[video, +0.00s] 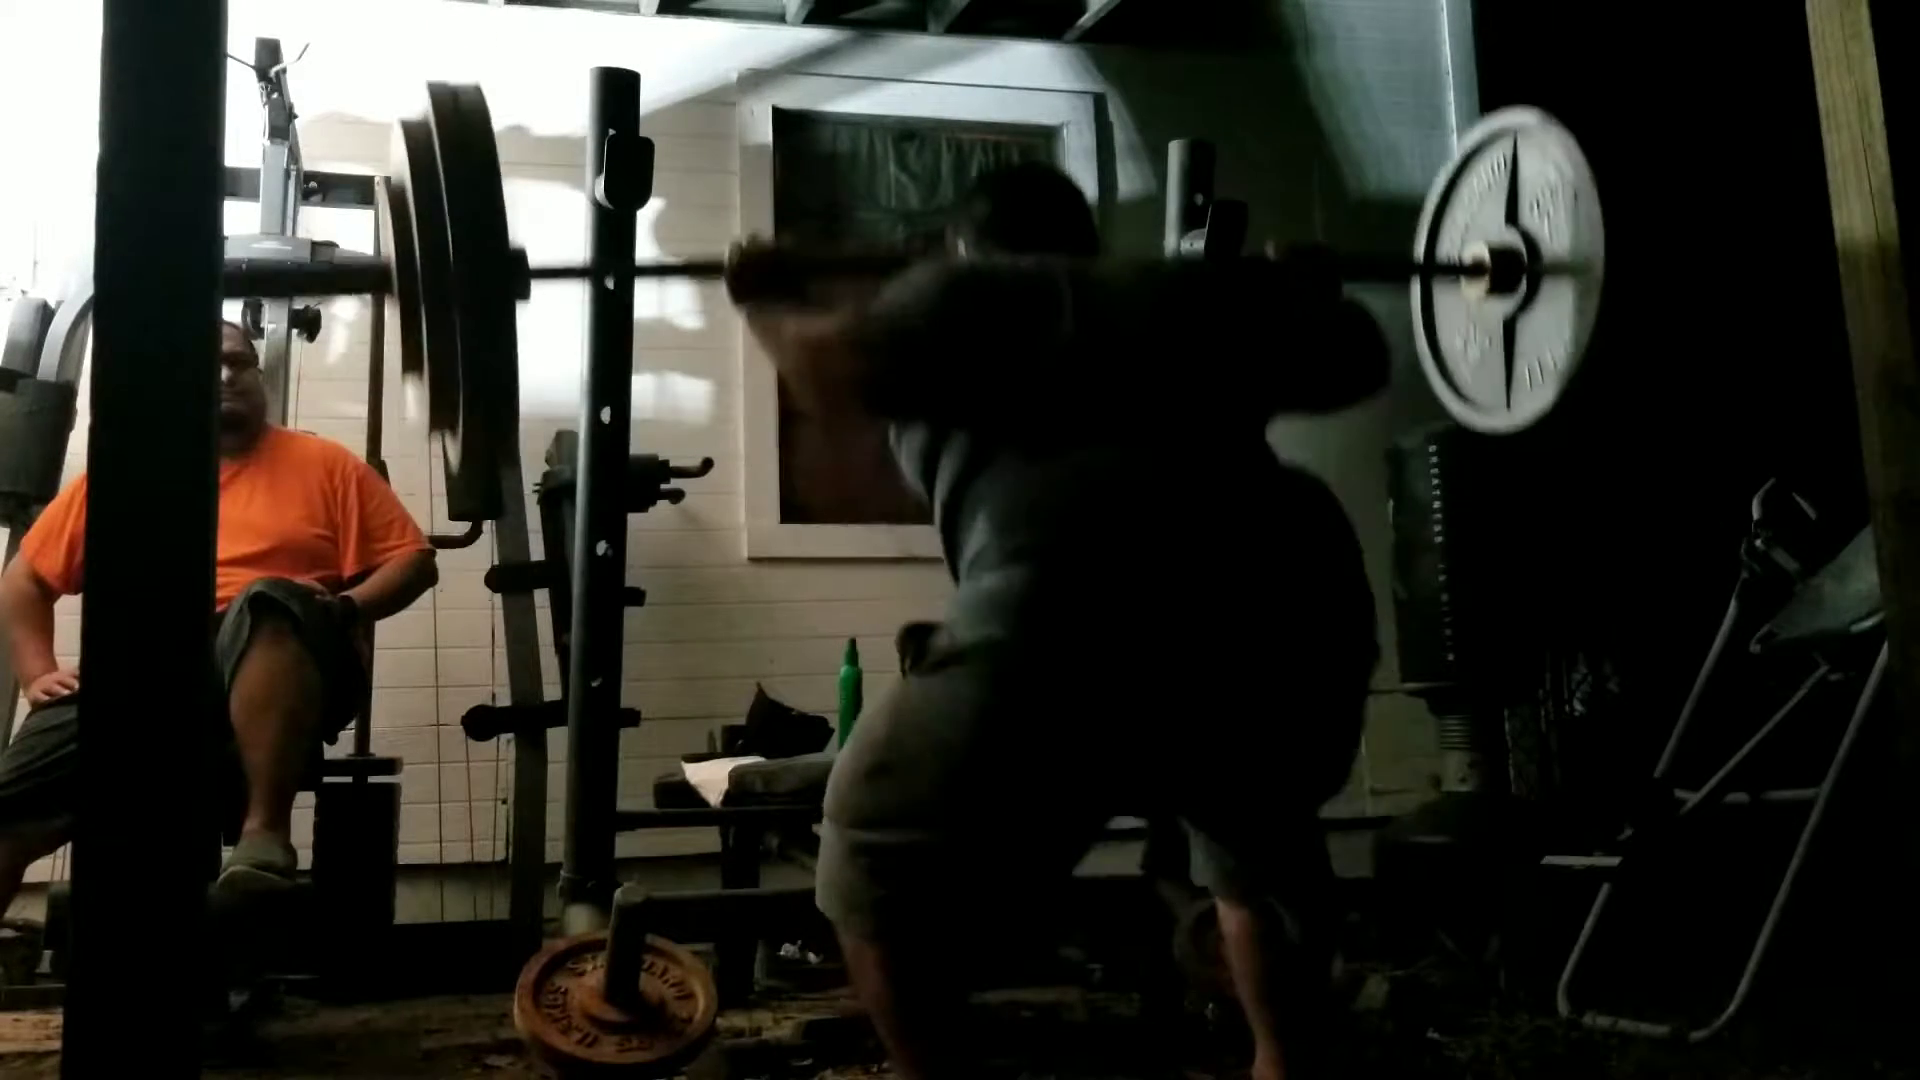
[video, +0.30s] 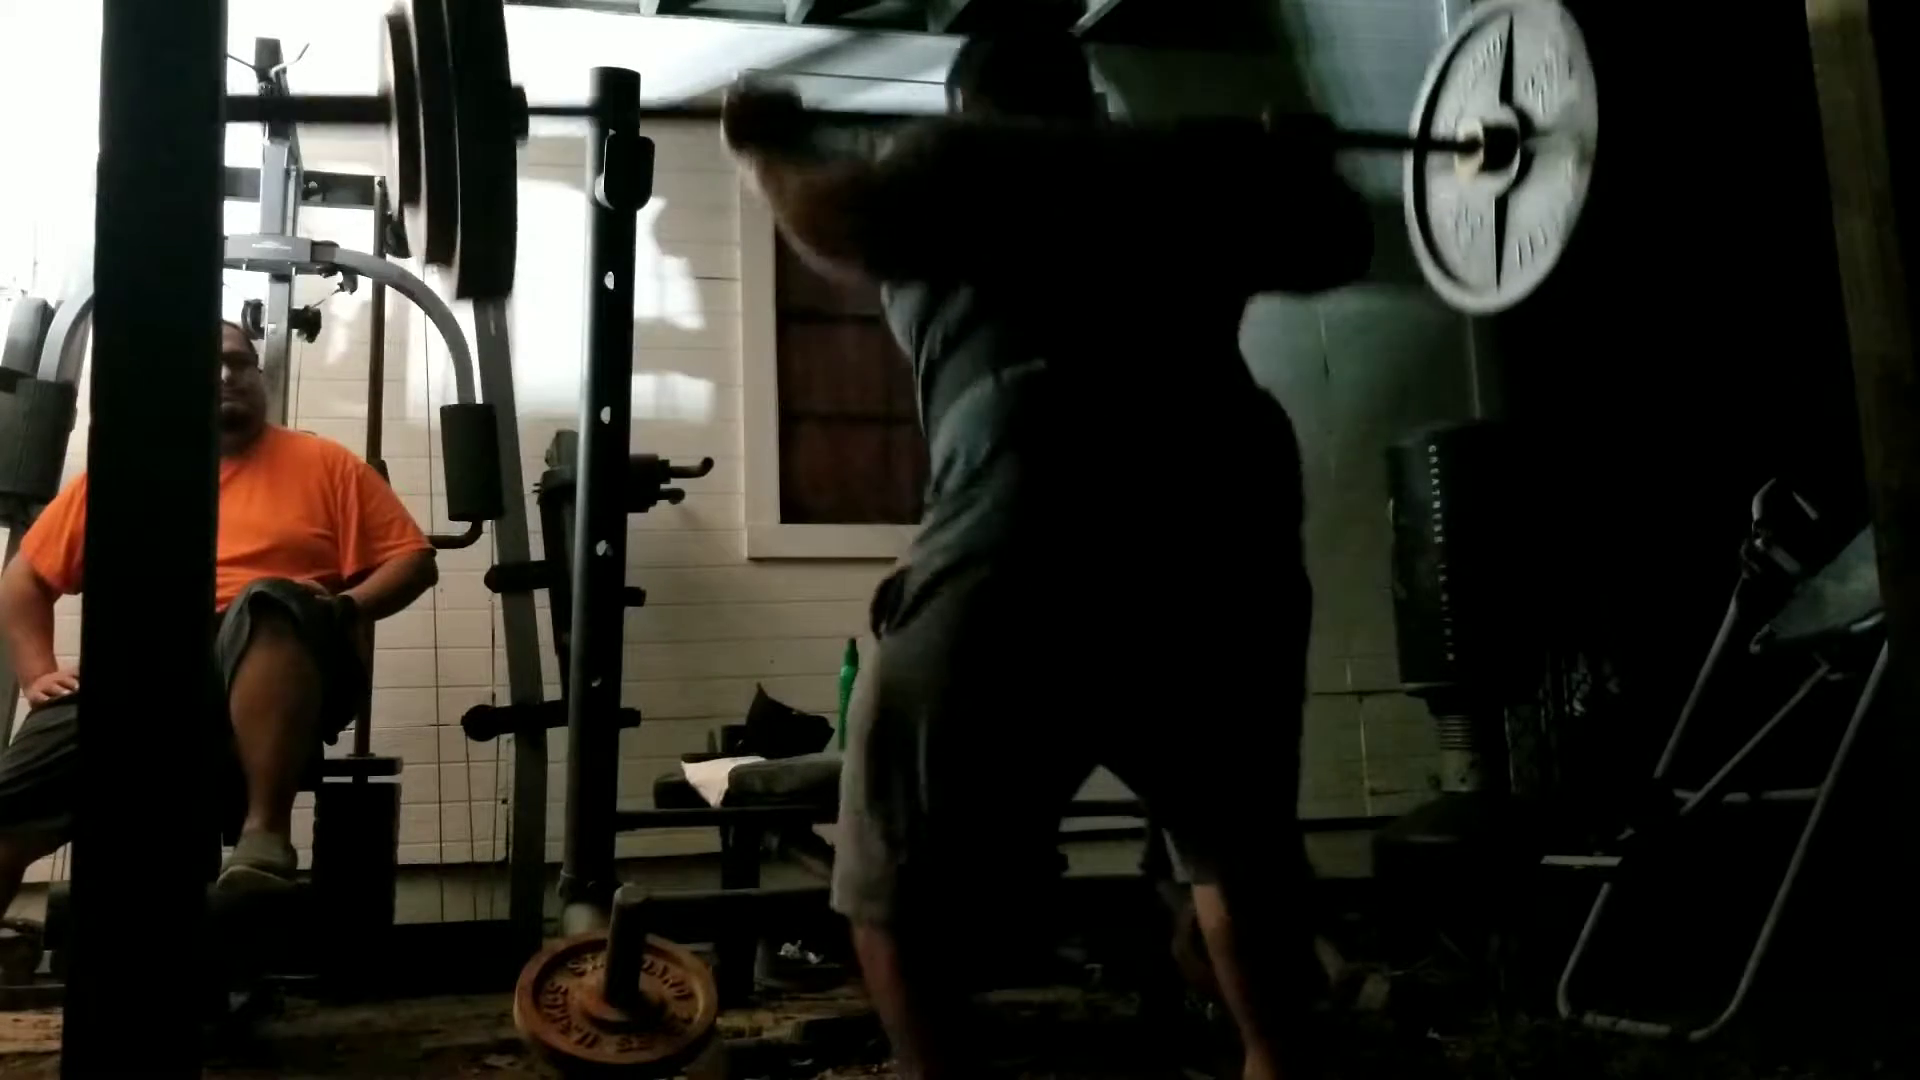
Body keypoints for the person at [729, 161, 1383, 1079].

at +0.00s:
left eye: (945, 247)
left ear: (960, 247)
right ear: (1092, 241)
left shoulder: (943, 308)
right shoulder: (1182, 301)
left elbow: (826, 367)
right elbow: (1356, 360)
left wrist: (767, 299)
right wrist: (1289, 279)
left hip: (1057, 620)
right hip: (1274, 608)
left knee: (877, 848)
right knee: (1256, 828)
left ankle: (924, 1062)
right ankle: (1284, 1058)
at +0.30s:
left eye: (961, 94)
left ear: (964, 103)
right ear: (1089, 98)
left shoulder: (935, 162)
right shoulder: (1181, 169)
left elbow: (836, 226)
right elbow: (1338, 246)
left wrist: (767, 149)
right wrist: (1300, 155)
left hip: (1018, 539)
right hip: (1222, 538)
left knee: (893, 865)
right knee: (1239, 839)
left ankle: (933, 1063)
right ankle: (1275, 1059)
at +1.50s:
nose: (950, 236)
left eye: (953, 223)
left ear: (966, 227)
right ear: (1091, 223)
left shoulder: (936, 292)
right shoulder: (1182, 292)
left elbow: (836, 368)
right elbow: (1344, 376)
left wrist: (773, 278)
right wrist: (1294, 282)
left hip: (1046, 615)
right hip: (1257, 607)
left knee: (872, 844)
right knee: (1234, 849)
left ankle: (930, 1061)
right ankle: (1277, 1058)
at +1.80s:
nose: (948, 385)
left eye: (952, 371)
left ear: (968, 374)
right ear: (1086, 368)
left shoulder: (934, 444)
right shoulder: (1179, 437)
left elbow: (855, 542)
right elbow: (1345, 525)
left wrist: (775, 451)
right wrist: (1300, 434)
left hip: (1039, 793)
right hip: (1256, 782)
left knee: (825, 853)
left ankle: (920, 1062)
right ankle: (1276, 1053)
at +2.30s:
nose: (931, 277)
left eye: (933, 266)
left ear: (947, 268)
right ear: (1075, 266)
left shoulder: (922, 331)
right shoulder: (1170, 328)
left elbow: (819, 395)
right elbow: (1338, 410)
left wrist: (772, 322)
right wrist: (1281, 318)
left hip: (1051, 634)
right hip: (1276, 624)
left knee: (866, 842)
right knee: (1240, 844)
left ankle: (919, 1057)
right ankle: (1278, 1057)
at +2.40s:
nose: (927, 232)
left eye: (931, 220)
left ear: (945, 222)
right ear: (1073, 218)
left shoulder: (919, 280)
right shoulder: (1158, 282)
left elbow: (829, 348)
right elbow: (1330, 355)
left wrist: (767, 266)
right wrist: (1276, 274)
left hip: (1052, 574)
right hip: (1267, 559)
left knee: (872, 830)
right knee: (1234, 816)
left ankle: (925, 1059)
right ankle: (1274, 1056)